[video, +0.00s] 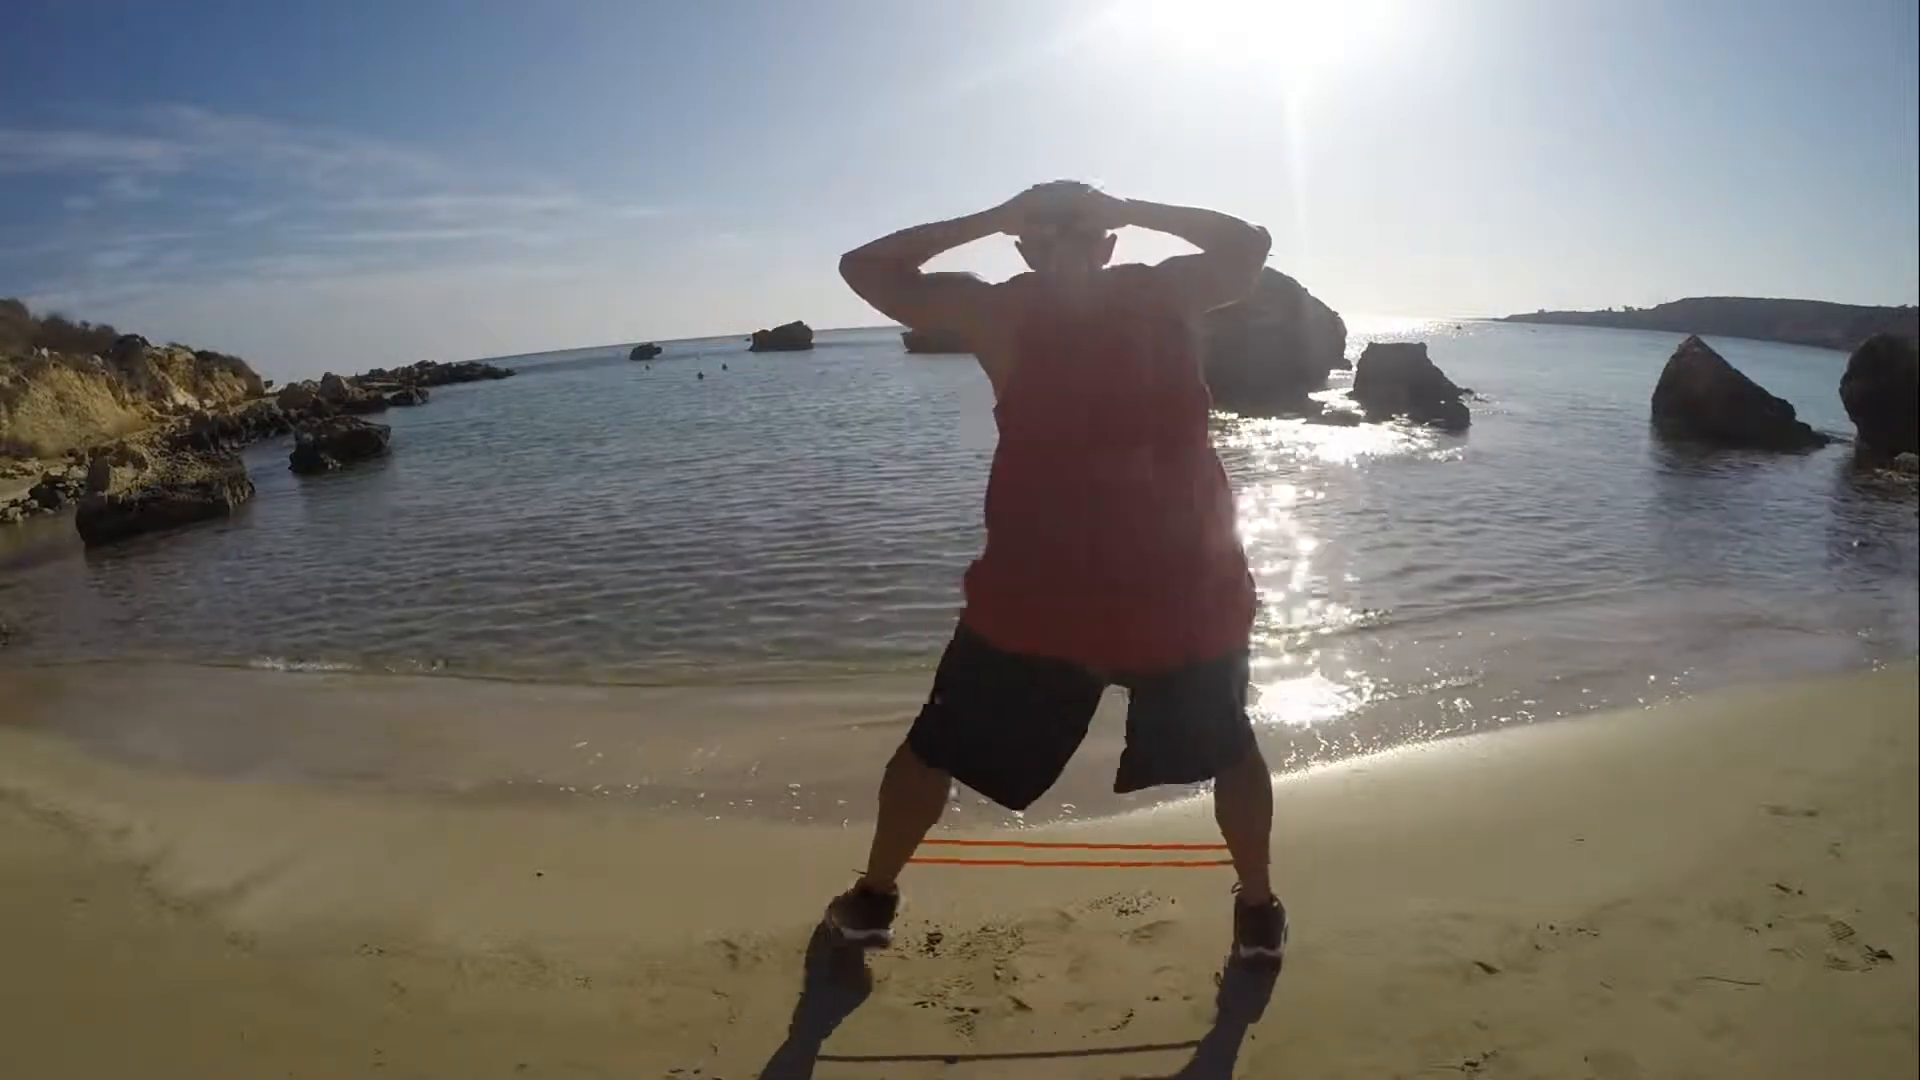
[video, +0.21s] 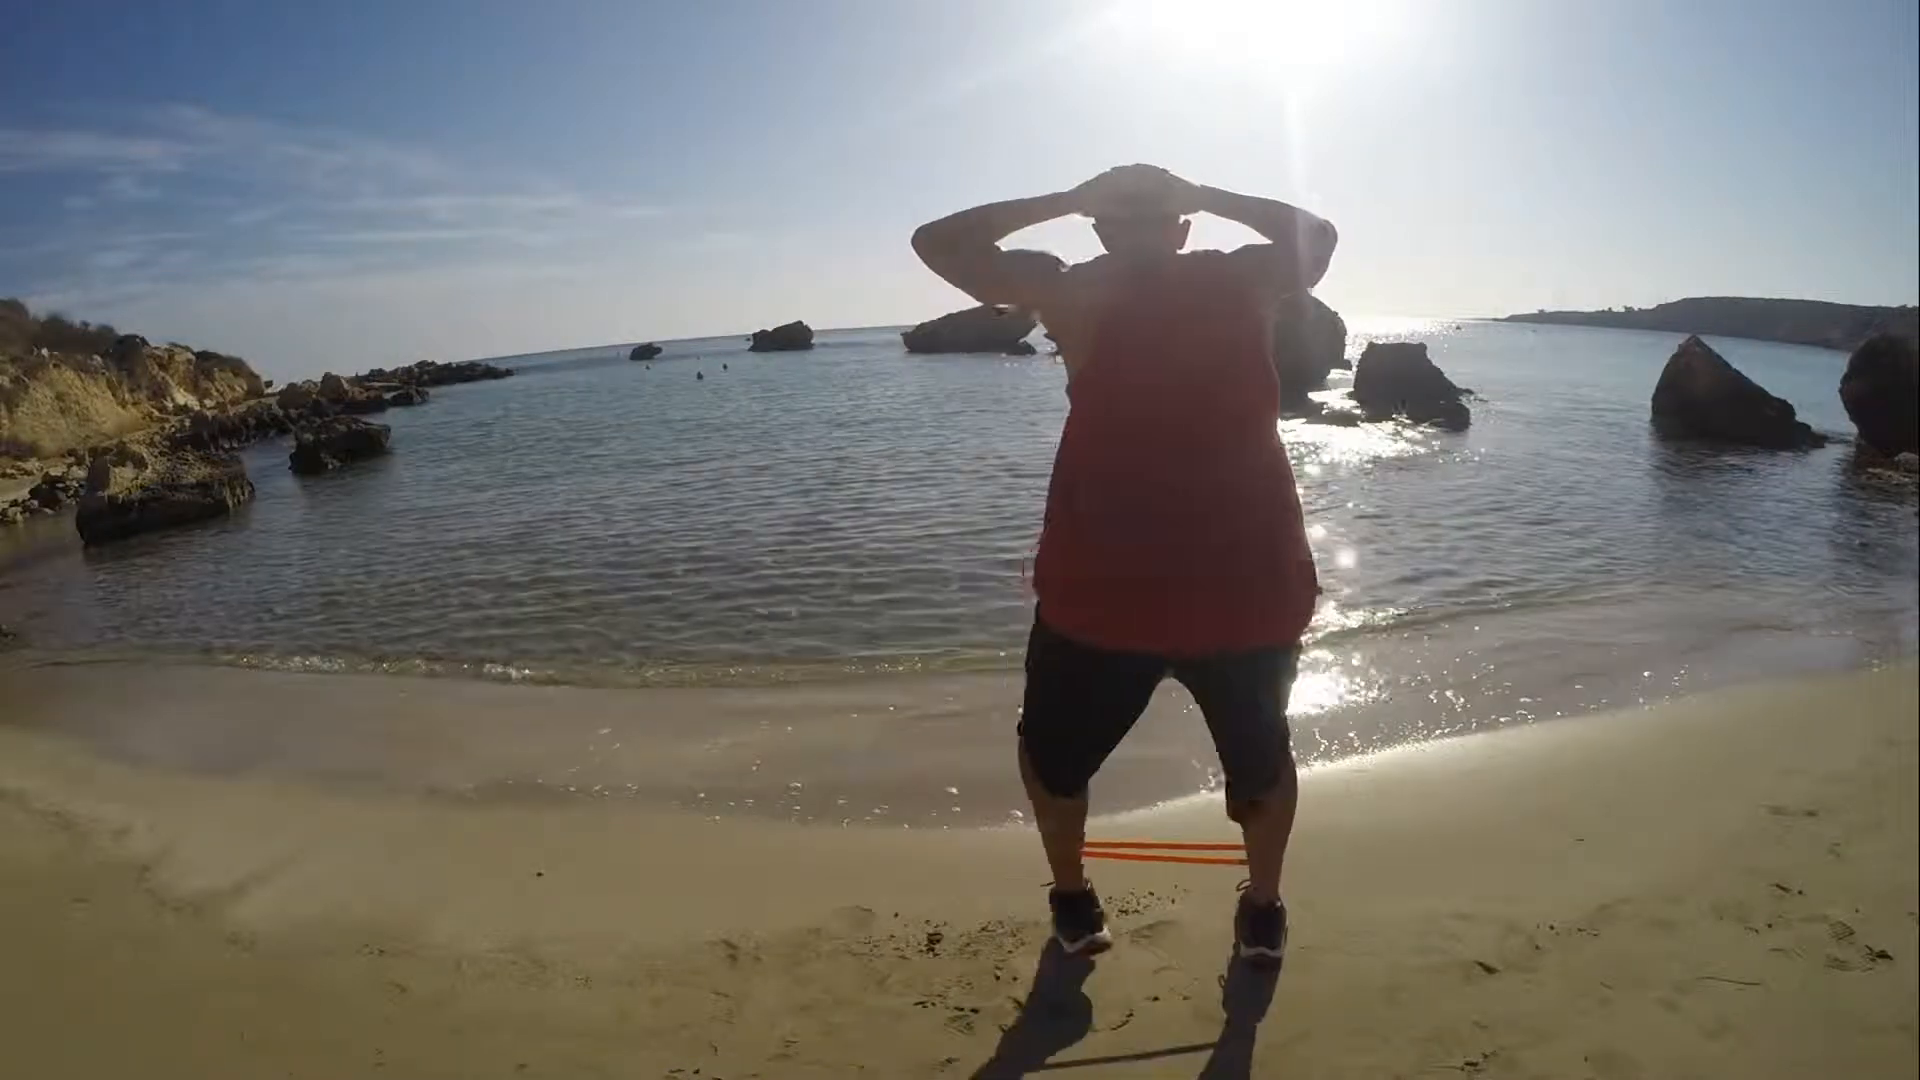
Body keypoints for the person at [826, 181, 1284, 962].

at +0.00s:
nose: (1034, 246)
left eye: (1036, 231)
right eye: (1037, 229)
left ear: (1028, 240)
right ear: (1105, 235)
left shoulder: (999, 312)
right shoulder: (1167, 293)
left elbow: (866, 270)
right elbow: (1247, 243)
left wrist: (990, 221)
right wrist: (1127, 210)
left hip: (1036, 578)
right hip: (1179, 579)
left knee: (936, 743)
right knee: (1232, 748)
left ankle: (873, 896)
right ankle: (1257, 907)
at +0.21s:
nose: (1125, 230)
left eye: (1124, 217)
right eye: (1121, 217)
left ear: (1102, 225)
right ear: (1178, 221)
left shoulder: (1074, 292)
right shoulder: (1244, 281)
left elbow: (938, 241)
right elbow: (1315, 234)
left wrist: (1064, 201)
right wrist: (1205, 195)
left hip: (1104, 577)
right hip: (1242, 576)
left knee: (1053, 750)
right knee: (1260, 757)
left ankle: (1070, 897)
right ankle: (1263, 904)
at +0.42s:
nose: (1146, 245)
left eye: (1145, 230)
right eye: (1148, 229)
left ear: (1128, 239)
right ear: (1209, 237)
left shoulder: (1102, 307)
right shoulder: (1267, 294)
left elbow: (972, 254)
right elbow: (1345, 251)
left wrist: (1096, 213)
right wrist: (1234, 210)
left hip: (1127, 584)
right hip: (1258, 582)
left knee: (1083, 752)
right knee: (1271, 751)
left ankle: (1105, 907)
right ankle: (1265, 905)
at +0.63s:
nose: (1144, 243)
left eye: (1137, 232)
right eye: (1161, 227)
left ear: (1120, 248)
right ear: (1203, 246)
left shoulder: (1089, 310)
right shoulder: (1259, 303)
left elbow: (960, 257)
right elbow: (1334, 263)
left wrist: (1092, 223)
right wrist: (1224, 221)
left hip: (1087, 566)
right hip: (1225, 581)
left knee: (959, 718)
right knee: (1249, 744)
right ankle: (1260, 908)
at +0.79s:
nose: (1093, 264)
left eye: (1090, 253)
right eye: (1110, 252)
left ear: (1077, 265)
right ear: (1157, 267)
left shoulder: (1034, 328)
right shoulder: (1209, 326)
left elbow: (911, 273)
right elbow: (1289, 275)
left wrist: (1042, 239)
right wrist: (1177, 237)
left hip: (1021, 594)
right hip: (1170, 606)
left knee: (875, 750)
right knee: (1230, 757)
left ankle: (784, 901)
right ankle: (1255, 904)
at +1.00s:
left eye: (961, 247)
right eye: (999, 247)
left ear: (942, 260)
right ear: (1025, 263)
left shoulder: (891, 327)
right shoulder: (1072, 325)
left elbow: (779, 269)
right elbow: (1179, 279)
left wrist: (908, 236)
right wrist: (1057, 236)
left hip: (907, 607)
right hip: (1055, 607)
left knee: (807, 764)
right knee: (1169, 758)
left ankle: (769, 926)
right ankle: (1238, 903)